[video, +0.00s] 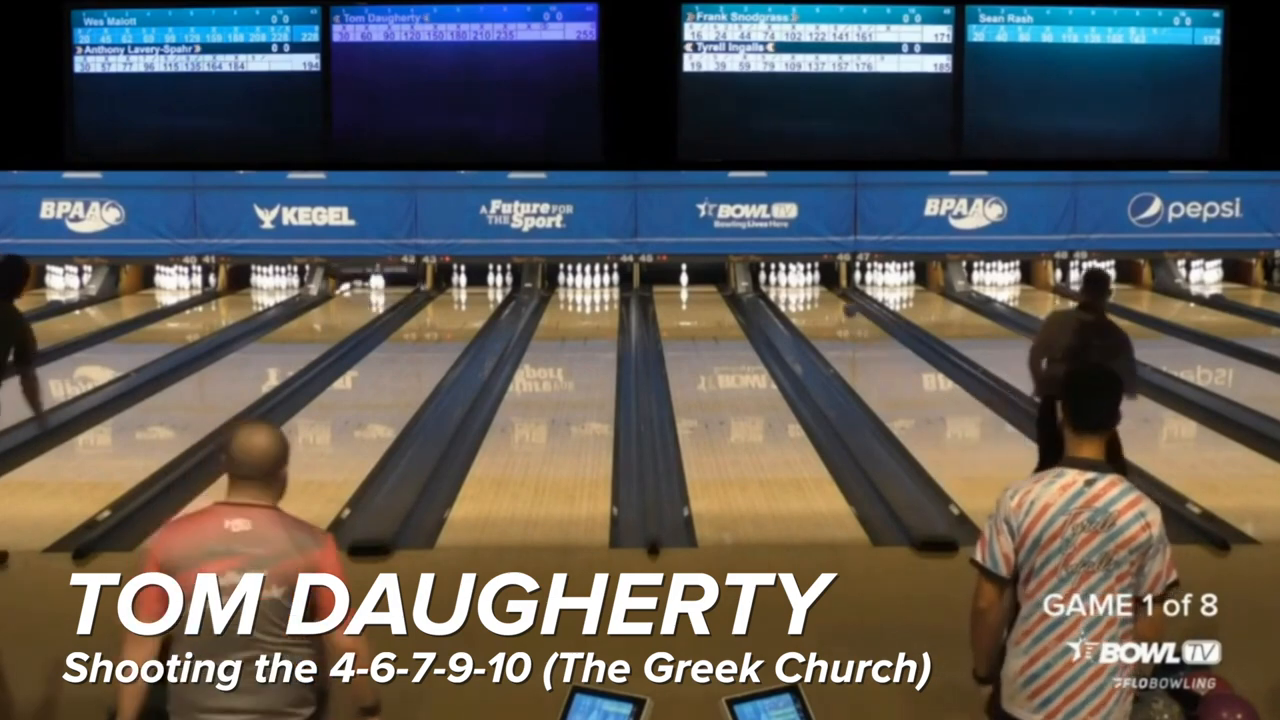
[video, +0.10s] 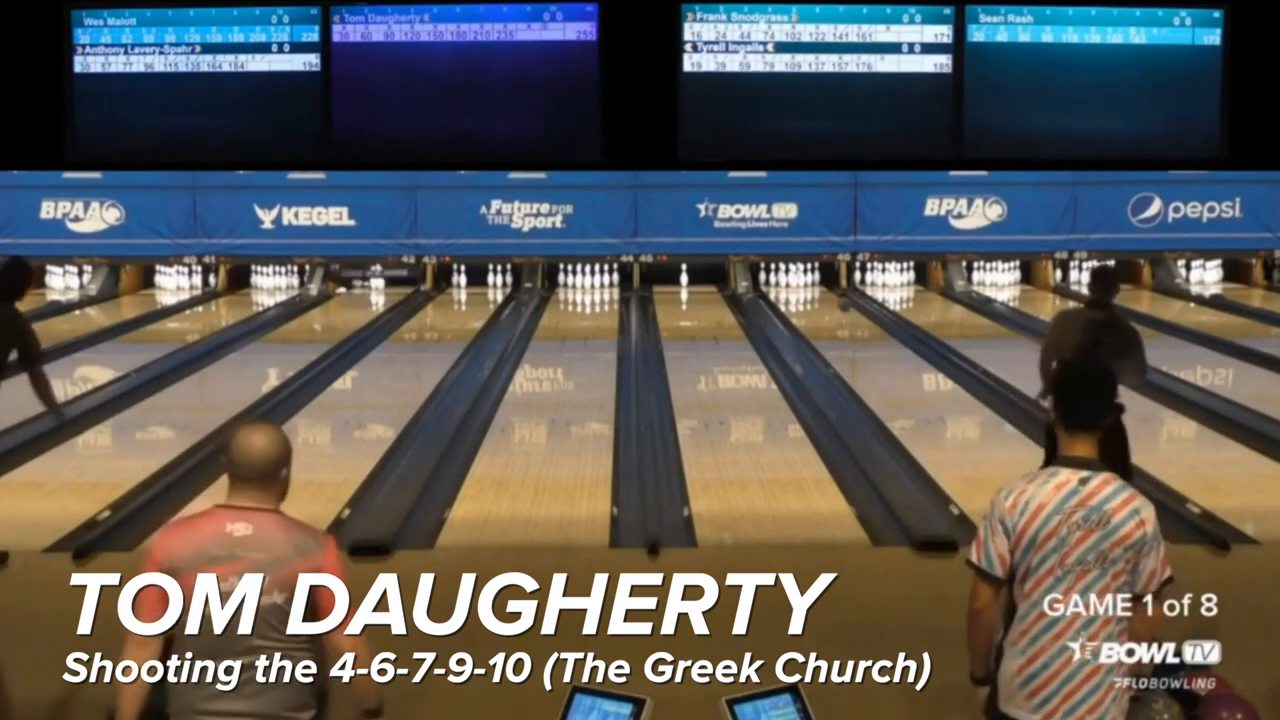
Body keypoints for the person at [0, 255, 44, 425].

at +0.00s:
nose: (23, 287)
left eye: (23, 281)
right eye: (22, 281)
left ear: (3, 278)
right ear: (19, 284)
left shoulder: (17, 324)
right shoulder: (16, 324)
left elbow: (27, 375)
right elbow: (27, 376)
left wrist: (40, 415)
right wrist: (41, 416)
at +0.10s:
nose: (28, 289)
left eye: (29, 284)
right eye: (27, 284)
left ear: (5, 278)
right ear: (18, 284)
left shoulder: (13, 319)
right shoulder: (13, 320)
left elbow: (35, 371)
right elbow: (35, 371)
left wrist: (56, 410)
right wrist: (57, 411)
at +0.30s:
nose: (33, 296)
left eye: (35, 292)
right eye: (32, 291)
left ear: (11, 281)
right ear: (22, 290)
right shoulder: (12, 323)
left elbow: (34, 376)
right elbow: (35, 377)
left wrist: (64, 405)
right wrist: (65, 405)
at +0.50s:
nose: (23, 301)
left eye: (25, 297)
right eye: (23, 296)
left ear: (6, 285)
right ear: (16, 296)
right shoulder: (6, 329)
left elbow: (19, 382)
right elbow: (19, 382)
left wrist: (38, 397)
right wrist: (40, 397)